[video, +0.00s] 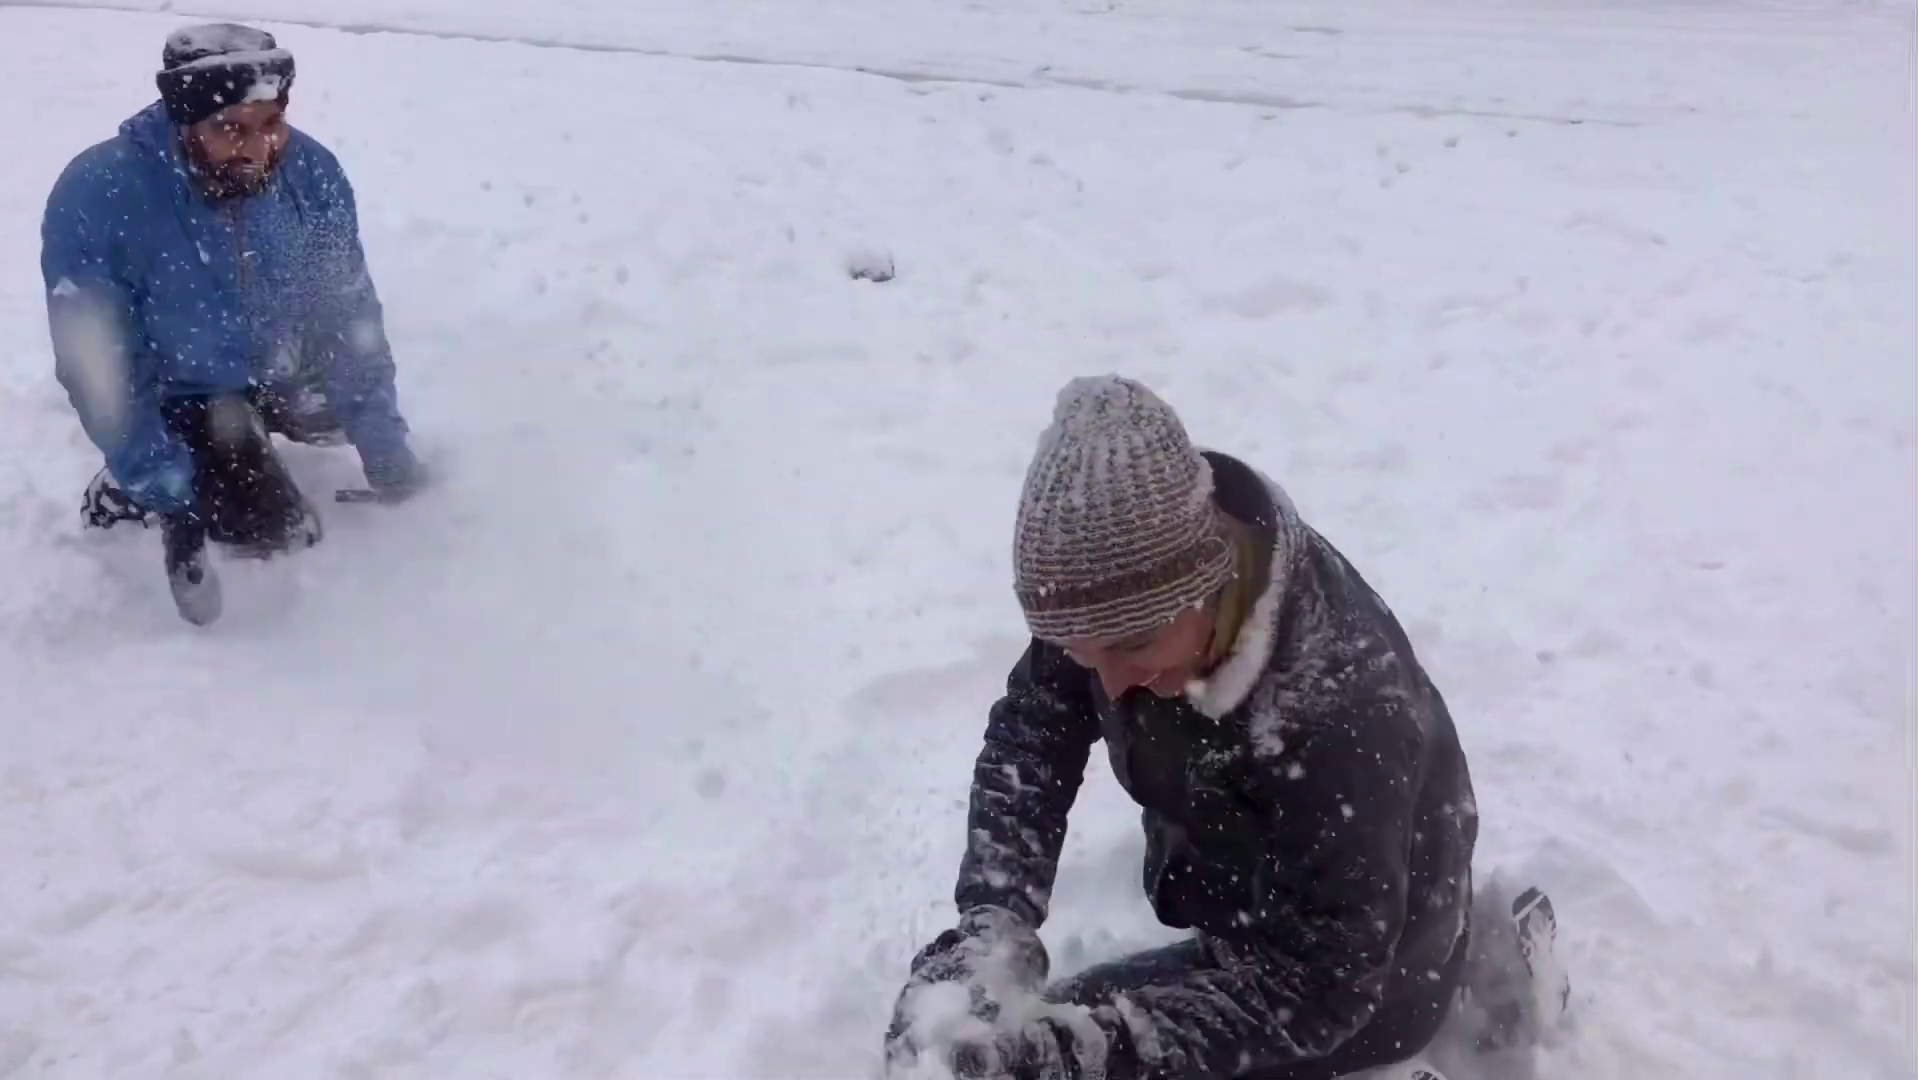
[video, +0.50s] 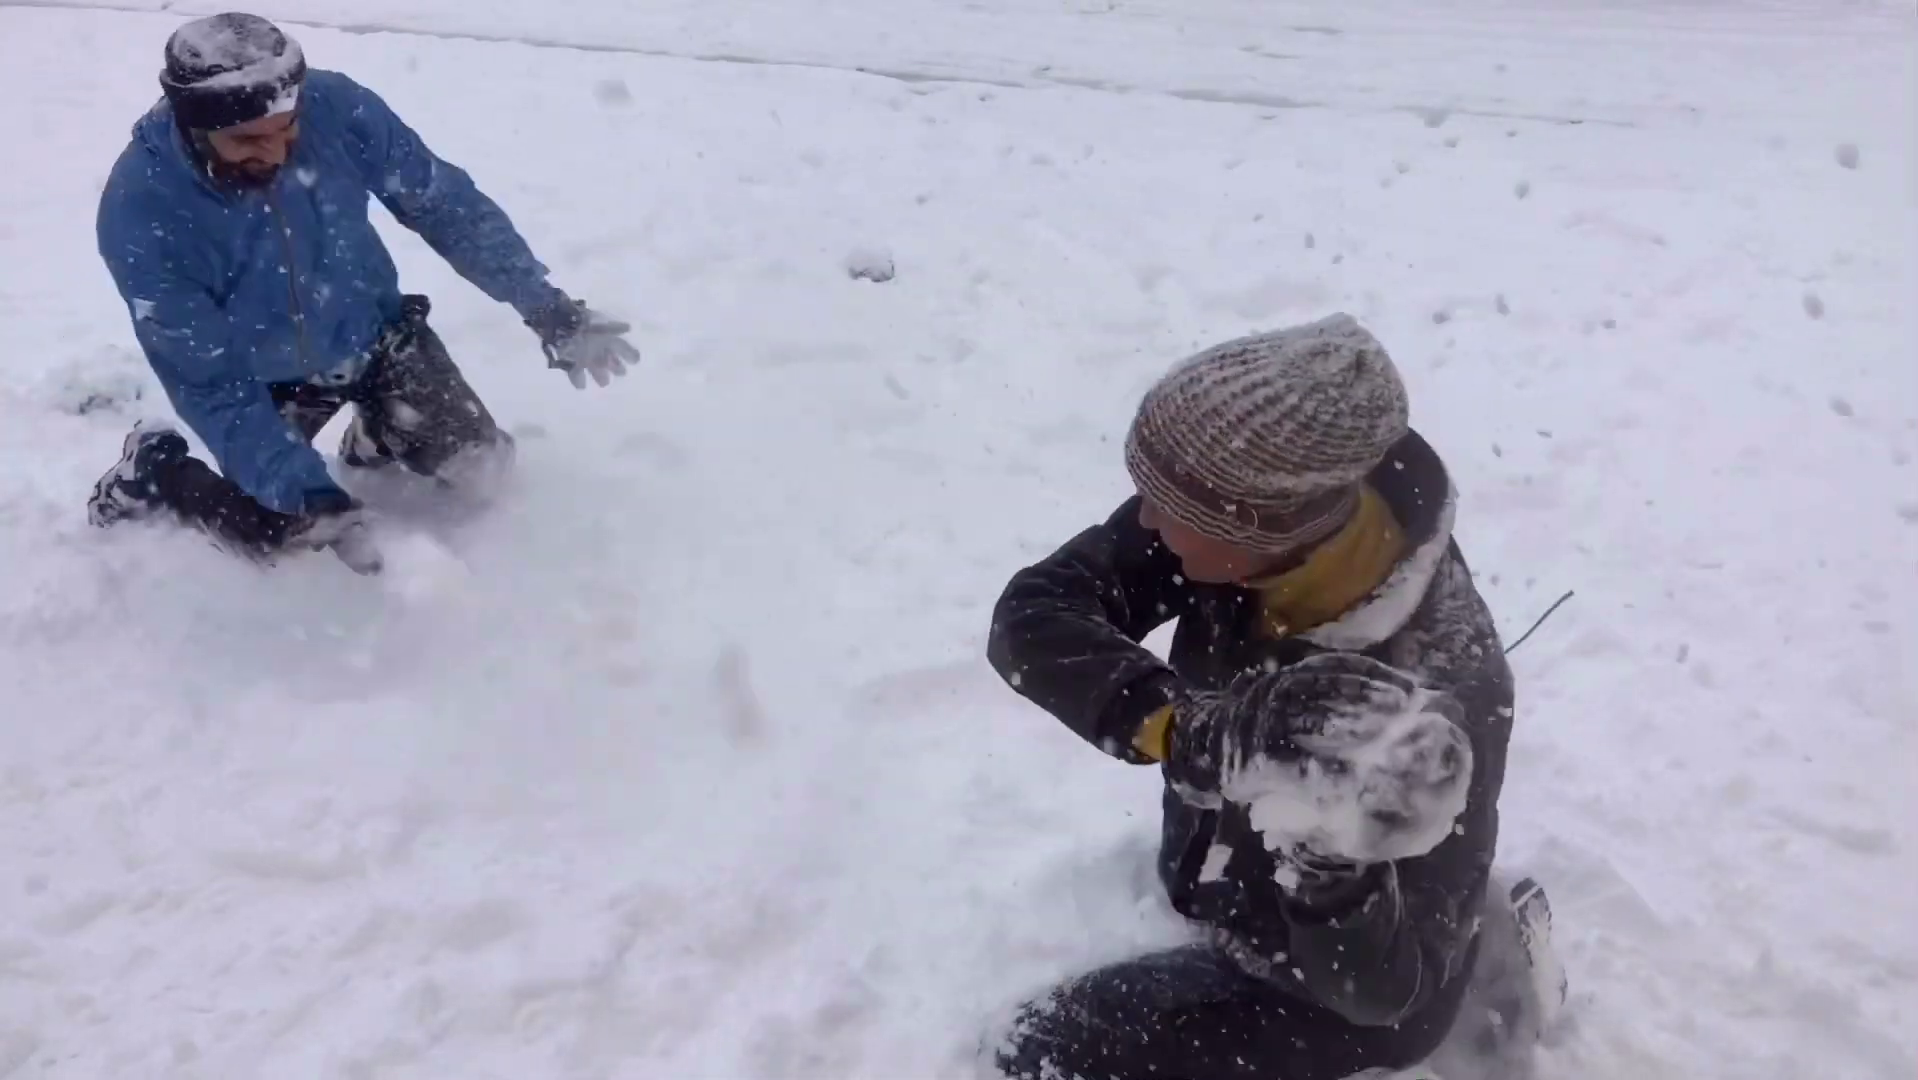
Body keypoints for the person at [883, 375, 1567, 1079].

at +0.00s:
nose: (1112, 685)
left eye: (1137, 646)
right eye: (1086, 652)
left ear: (1205, 584)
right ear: (1057, 598)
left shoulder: (1345, 716)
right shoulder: (1118, 558)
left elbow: (1322, 990)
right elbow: (1036, 733)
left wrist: (1080, 1043)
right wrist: (994, 939)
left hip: (1352, 989)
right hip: (1229, 894)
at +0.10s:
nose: (1128, 672)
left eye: (1152, 640)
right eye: (1106, 637)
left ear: (1238, 591)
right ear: (1085, 596)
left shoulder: (1389, 720)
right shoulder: (1150, 566)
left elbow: (1385, 994)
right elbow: (1039, 734)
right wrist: (1045, 919)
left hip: (1356, 966)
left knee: (1062, 1033)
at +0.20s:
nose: (1133, 644)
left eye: (1157, 621)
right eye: (1123, 613)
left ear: (1251, 592)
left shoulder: (1428, 716)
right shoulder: (1172, 559)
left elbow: (1413, 993)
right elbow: (1042, 717)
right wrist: (1103, 886)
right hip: (1207, 913)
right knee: (1043, 1052)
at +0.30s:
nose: (1134, 616)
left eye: (1163, 602)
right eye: (1131, 588)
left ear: (1259, 585)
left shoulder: (1444, 710)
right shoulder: (1196, 544)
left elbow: (1430, 977)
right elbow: (1043, 700)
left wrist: (1333, 991)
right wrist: (1128, 856)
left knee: (1055, 1052)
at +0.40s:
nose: (1149, 577)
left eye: (1170, 564)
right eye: (1149, 551)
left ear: (1254, 572)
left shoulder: (1456, 702)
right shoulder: (1218, 509)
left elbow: (1420, 995)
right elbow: (1042, 664)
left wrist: (1342, 927)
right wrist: (1162, 796)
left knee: (1047, 1048)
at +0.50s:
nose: (1150, 529)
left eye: (1173, 521)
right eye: (1151, 509)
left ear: (1274, 534)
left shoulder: (1432, 691)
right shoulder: (1243, 493)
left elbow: (1386, 989)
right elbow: (1034, 614)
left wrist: (1324, 862)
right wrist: (1172, 723)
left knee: (1042, 1046)